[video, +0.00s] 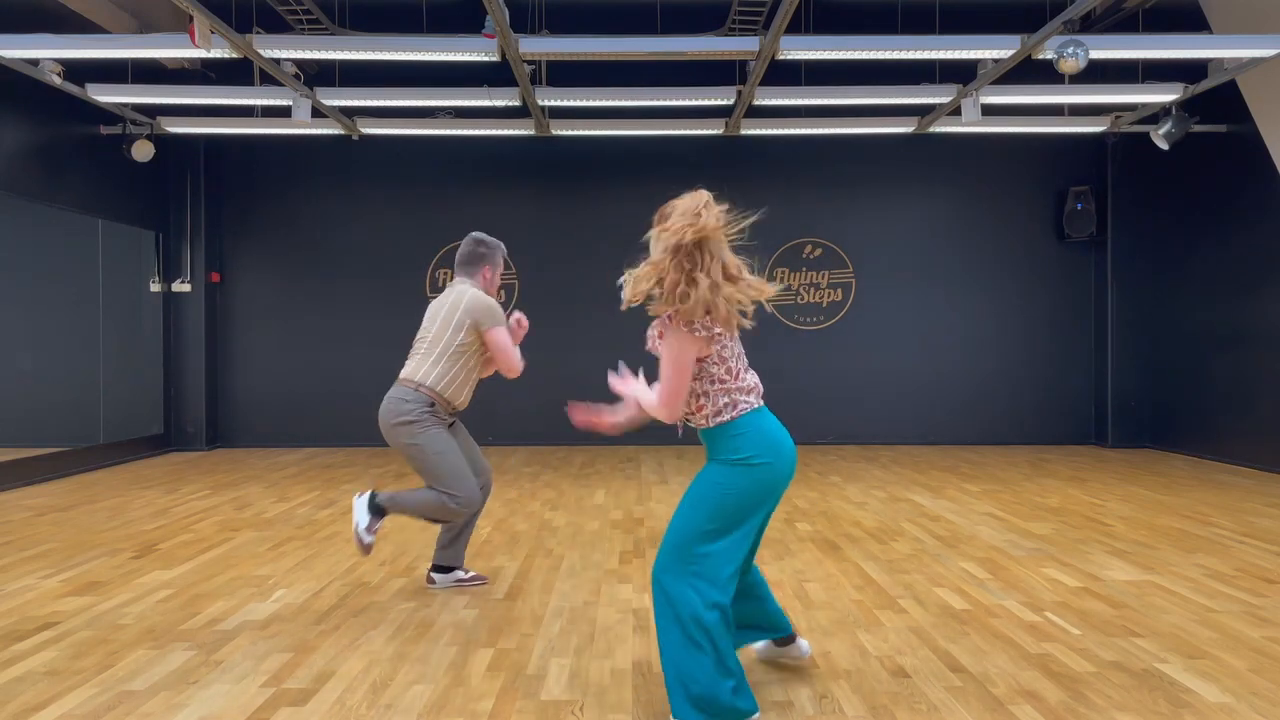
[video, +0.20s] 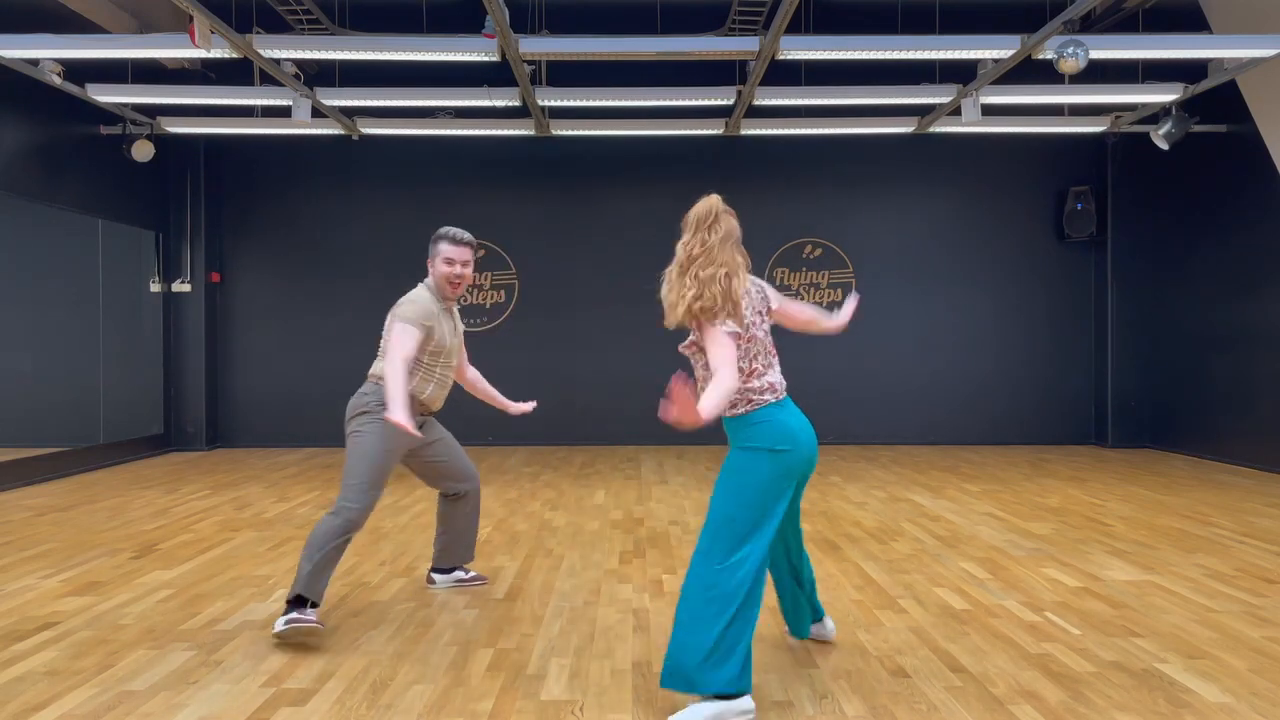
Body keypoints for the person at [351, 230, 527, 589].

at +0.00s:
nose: (500, 280)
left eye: (501, 272)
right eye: (500, 272)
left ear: (464, 270)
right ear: (487, 273)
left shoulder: (447, 300)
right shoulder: (481, 303)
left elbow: (474, 370)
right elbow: (513, 368)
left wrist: (510, 340)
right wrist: (508, 340)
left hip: (436, 410)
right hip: (412, 410)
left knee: (479, 480)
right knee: (463, 499)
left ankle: (445, 568)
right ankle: (374, 504)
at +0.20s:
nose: (459, 272)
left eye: (466, 265)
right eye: (450, 263)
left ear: (473, 270)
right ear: (431, 265)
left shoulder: (450, 315)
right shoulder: (416, 306)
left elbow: (463, 371)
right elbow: (397, 359)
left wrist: (509, 405)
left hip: (419, 415)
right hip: (381, 406)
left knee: (462, 483)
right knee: (353, 508)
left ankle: (447, 570)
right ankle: (300, 606)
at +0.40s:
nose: (411, 254)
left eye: (420, 246)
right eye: (402, 244)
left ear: (431, 251)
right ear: (385, 246)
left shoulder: (423, 308)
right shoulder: (358, 283)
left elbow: (446, 348)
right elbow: (300, 306)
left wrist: (497, 359)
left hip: (373, 415)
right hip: (324, 403)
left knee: (398, 499)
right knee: (306, 503)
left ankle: (427, 570)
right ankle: (274, 616)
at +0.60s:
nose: (371, 235)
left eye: (380, 226)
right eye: (361, 225)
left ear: (392, 233)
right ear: (344, 229)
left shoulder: (396, 295)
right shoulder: (311, 270)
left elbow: (421, 345)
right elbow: (241, 298)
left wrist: (462, 386)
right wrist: (174, 313)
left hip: (339, 413)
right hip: (279, 401)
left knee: (359, 504)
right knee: (260, 510)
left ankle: (367, 582)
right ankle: (262, 627)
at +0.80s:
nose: (339, 224)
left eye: (348, 215)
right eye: (328, 214)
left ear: (360, 219)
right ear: (309, 217)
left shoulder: (380, 292)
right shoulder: (275, 273)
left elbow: (377, 365)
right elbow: (265, 340)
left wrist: (366, 428)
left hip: (324, 414)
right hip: (259, 401)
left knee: (322, 526)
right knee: (246, 512)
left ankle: (304, 588)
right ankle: (256, 625)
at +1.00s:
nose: (329, 219)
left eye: (337, 211)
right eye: (318, 209)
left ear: (345, 214)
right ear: (290, 212)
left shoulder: (368, 261)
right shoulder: (262, 265)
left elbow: (378, 309)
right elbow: (309, 299)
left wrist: (317, 261)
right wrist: (365, 253)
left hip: (345, 395)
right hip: (279, 395)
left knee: (312, 445)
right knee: (252, 505)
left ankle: (290, 527)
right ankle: (270, 612)